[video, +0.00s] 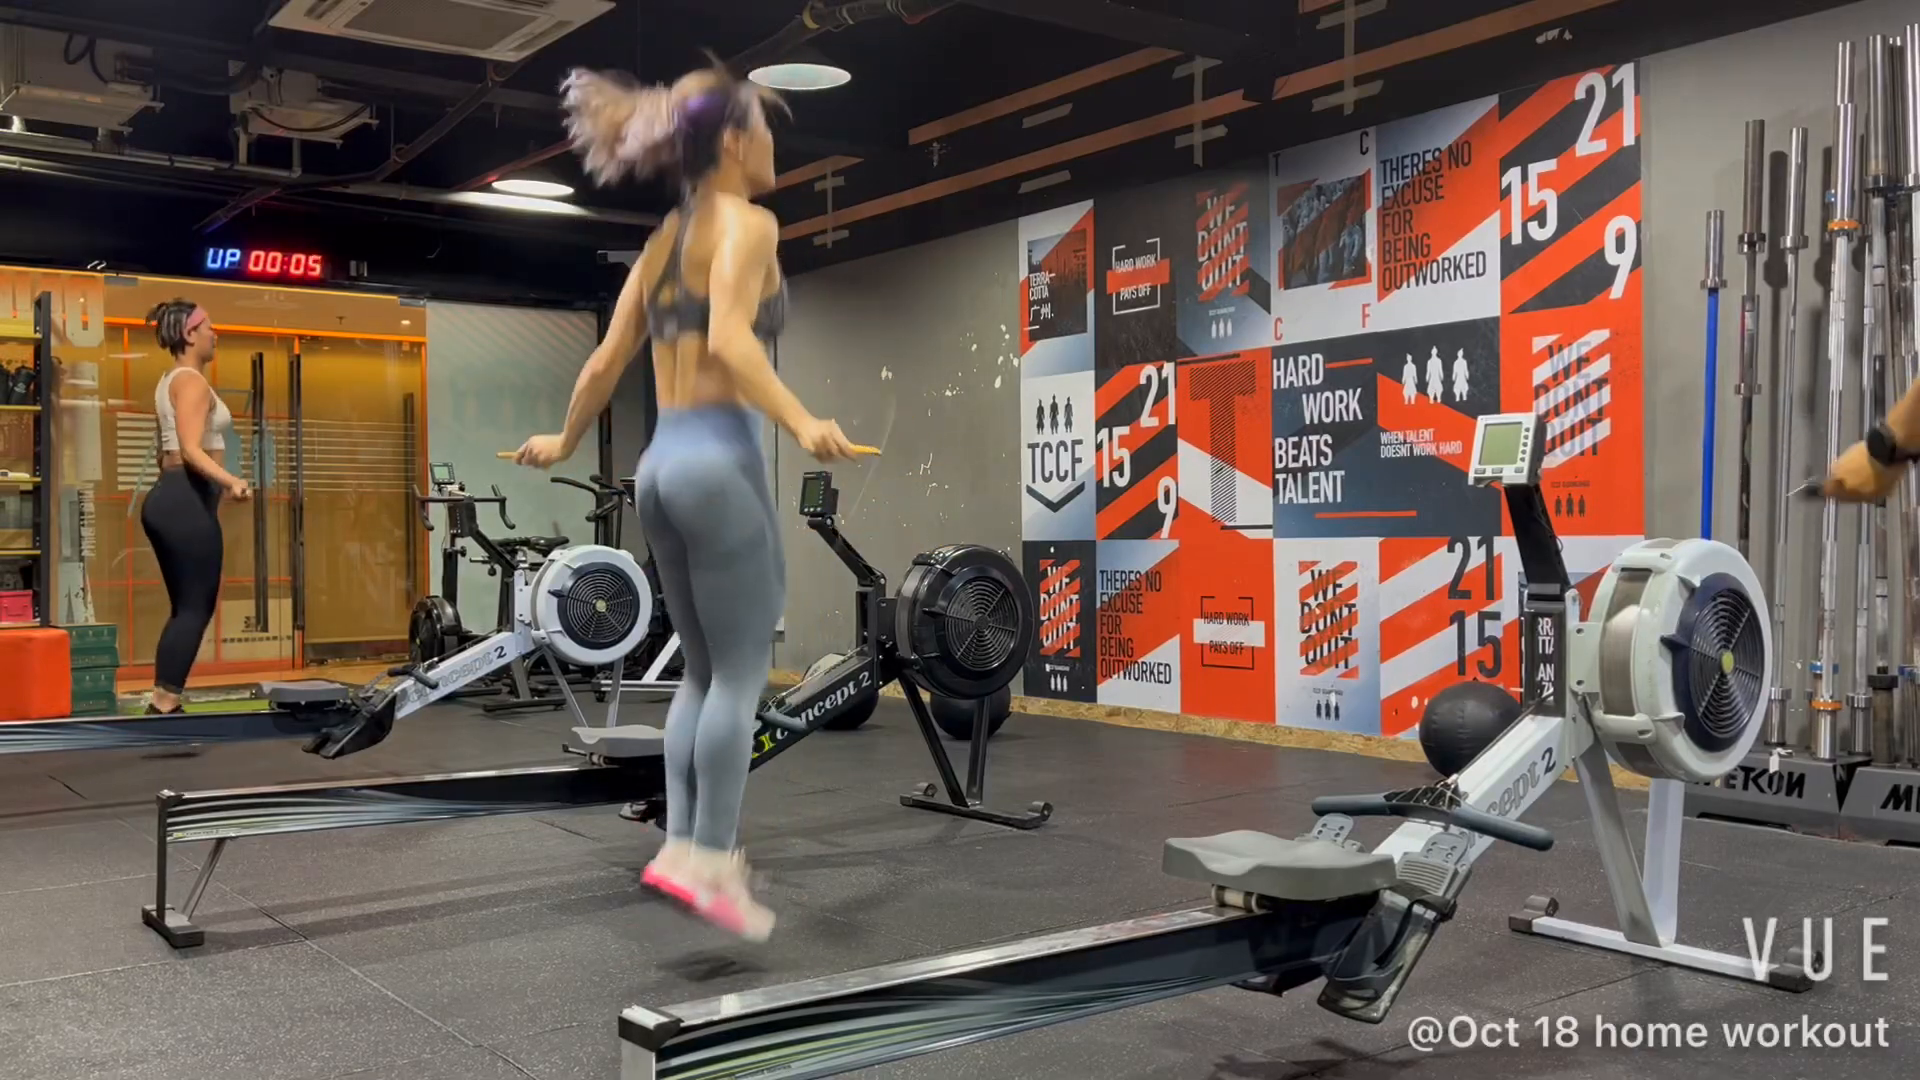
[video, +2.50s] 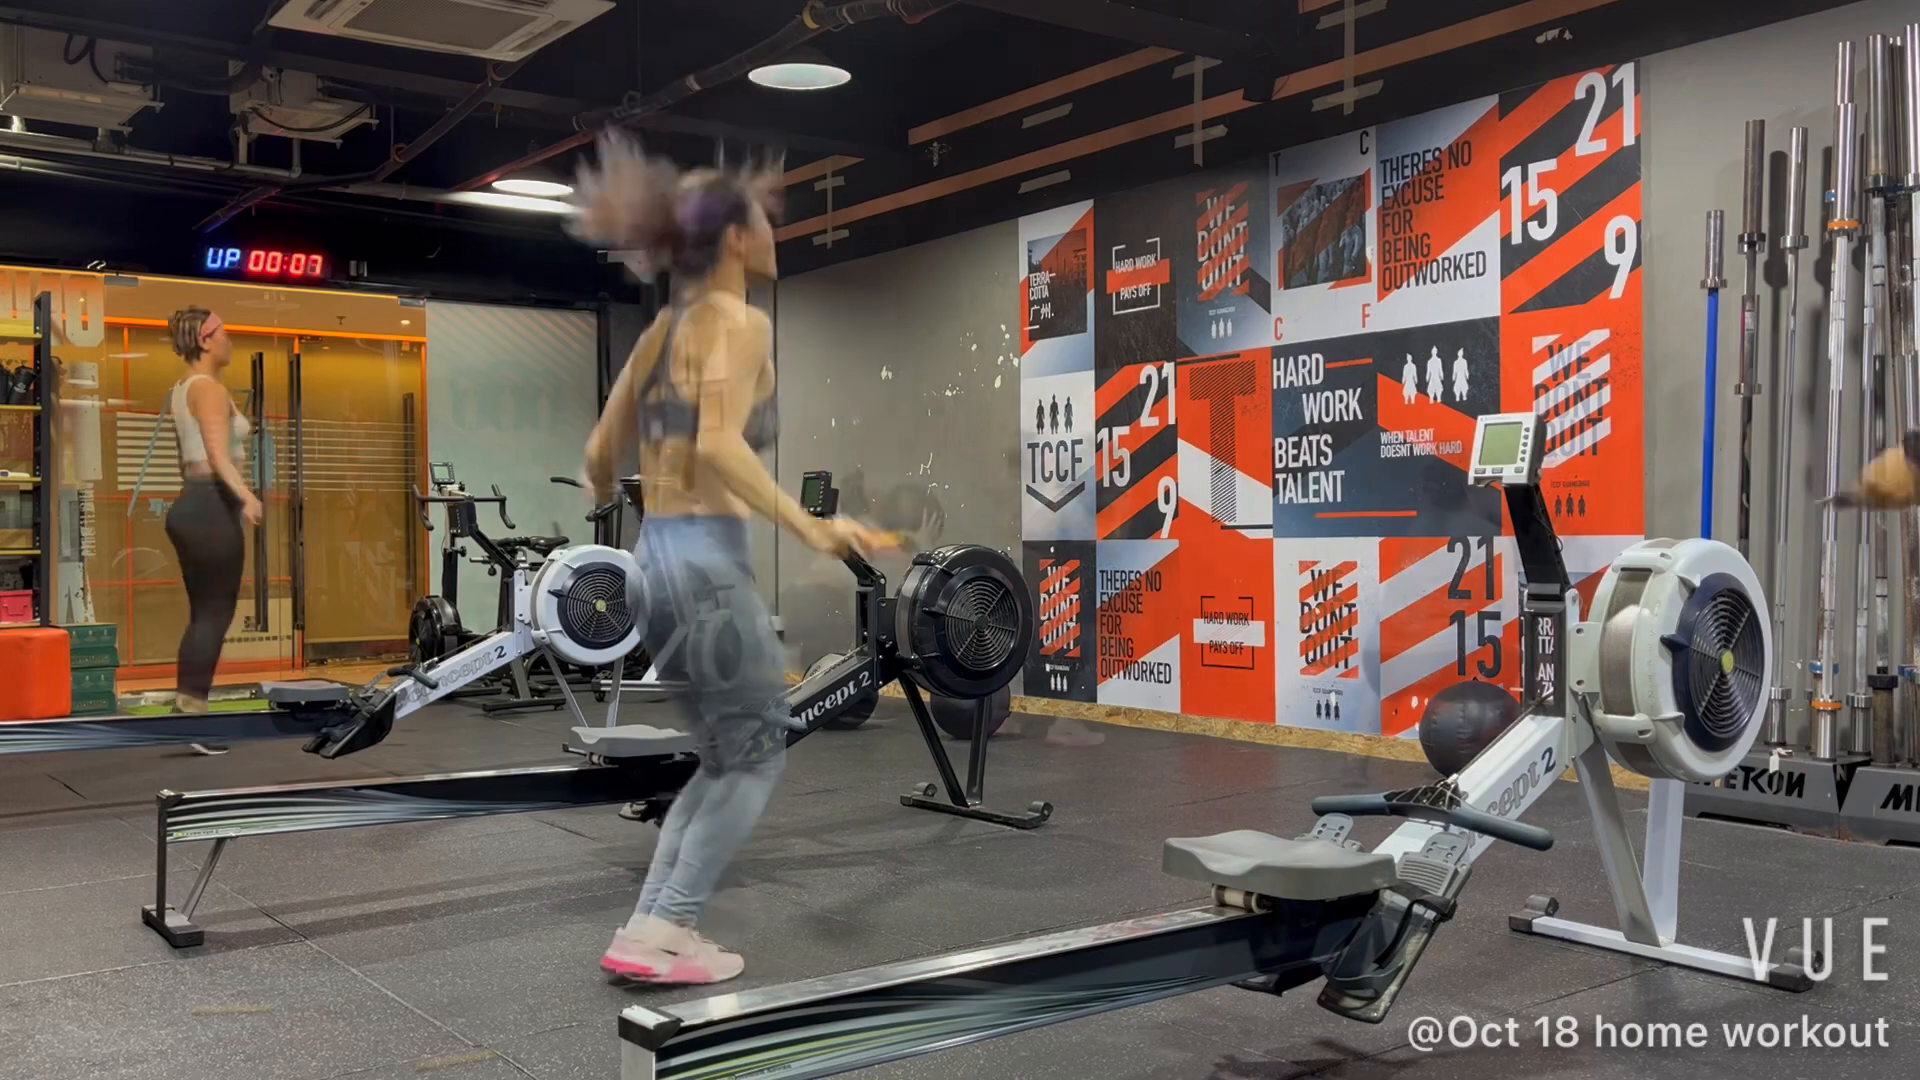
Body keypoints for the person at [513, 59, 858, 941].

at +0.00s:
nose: (773, 144)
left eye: (768, 128)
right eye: (763, 130)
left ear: (705, 146)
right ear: (733, 141)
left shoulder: (664, 240)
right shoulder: (746, 223)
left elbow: (609, 358)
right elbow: (730, 343)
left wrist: (559, 440)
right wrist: (805, 425)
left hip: (659, 465)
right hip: (717, 462)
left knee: (702, 671)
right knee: (739, 672)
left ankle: (681, 847)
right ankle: (714, 862)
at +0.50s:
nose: (763, 96)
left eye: (759, 80)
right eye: (754, 82)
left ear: (691, 96)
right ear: (722, 87)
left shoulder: (654, 188)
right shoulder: (739, 166)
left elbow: (616, 319)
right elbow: (722, 285)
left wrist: (605, 413)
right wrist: (791, 381)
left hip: (657, 412)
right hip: (714, 408)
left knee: (704, 621)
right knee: (750, 618)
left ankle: (689, 795)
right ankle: (712, 805)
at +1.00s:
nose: (769, 91)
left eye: (763, 75)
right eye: (760, 75)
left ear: (701, 90)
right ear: (732, 81)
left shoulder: (660, 178)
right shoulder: (747, 164)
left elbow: (615, 307)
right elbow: (735, 283)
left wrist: (630, 380)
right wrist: (816, 373)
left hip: (652, 409)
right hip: (711, 402)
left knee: (705, 614)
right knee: (754, 608)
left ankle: (683, 786)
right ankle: (704, 792)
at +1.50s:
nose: (763, 123)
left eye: (756, 108)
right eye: (754, 110)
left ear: (684, 133)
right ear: (727, 123)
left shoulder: (659, 223)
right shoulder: (744, 203)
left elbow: (617, 349)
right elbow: (736, 323)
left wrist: (589, 424)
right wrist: (827, 401)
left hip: (669, 446)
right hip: (721, 443)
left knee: (699, 657)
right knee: (739, 659)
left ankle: (689, 838)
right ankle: (711, 846)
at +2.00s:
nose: (765, 192)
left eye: (757, 177)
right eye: (754, 178)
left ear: (690, 198)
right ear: (729, 192)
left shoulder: (660, 289)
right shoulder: (737, 279)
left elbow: (622, 406)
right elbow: (730, 406)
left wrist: (614, 485)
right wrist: (817, 483)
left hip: (668, 521)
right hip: (715, 518)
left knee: (720, 723)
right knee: (757, 721)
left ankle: (679, 905)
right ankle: (685, 909)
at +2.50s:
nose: (775, 228)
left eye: (768, 215)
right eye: (763, 216)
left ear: (707, 242)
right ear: (734, 235)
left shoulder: (665, 328)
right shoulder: (738, 325)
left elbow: (605, 444)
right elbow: (719, 445)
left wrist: (605, 489)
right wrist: (814, 528)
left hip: (658, 555)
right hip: (705, 556)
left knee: (725, 751)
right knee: (755, 745)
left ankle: (649, 923)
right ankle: (667, 929)